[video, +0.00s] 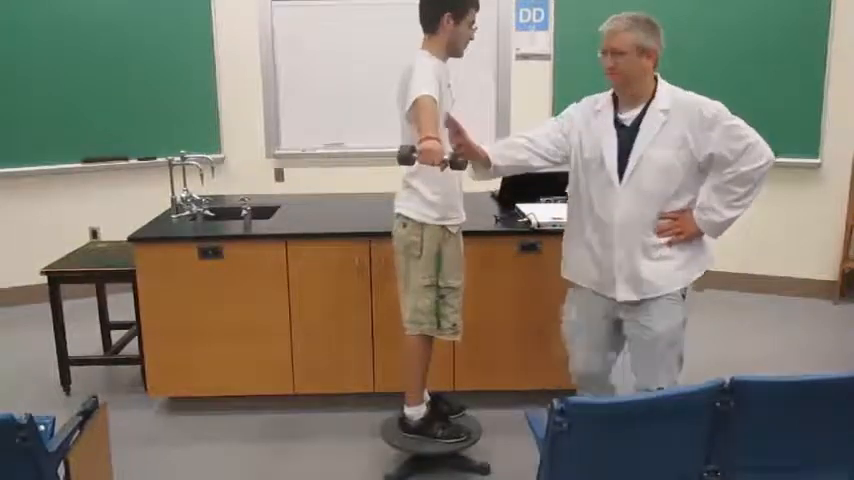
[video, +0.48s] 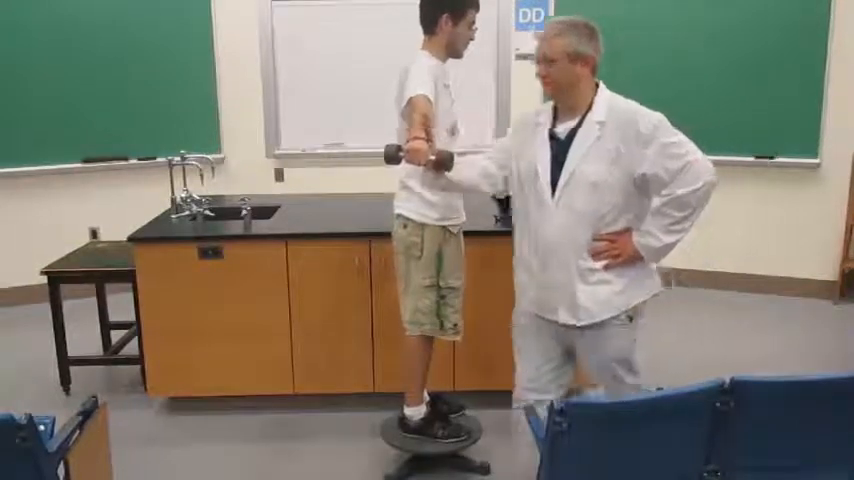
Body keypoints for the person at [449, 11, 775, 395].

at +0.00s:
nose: (606, 63)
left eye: (616, 55)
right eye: (604, 54)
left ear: (649, 57)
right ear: (602, 57)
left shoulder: (695, 115)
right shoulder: (584, 115)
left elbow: (753, 158)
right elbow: (535, 146)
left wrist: (702, 217)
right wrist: (482, 155)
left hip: (657, 281)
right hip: (591, 277)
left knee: (654, 390)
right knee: (586, 375)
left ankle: (652, 479)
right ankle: (602, 467)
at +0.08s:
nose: (606, 63)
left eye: (616, 55)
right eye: (604, 54)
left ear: (649, 58)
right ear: (601, 57)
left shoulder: (696, 115)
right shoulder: (584, 115)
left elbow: (753, 158)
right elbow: (535, 146)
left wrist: (703, 217)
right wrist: (482, 156)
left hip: (657, 281)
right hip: (590, 276)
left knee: (654, 390)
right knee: (586, 375)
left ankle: (652, 479)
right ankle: (602, 467)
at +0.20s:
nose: (585, 67)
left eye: (594, 58)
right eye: (582, 58)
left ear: (629, 58)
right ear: (580, 59)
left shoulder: (677, 118)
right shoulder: (564, 119)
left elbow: (737, 164)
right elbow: (514, 156)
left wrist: (685, 225)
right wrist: (459, 158)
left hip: (640, 293)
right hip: (570, 290)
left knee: (644, 410)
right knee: (563, 407)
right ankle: (560, 474)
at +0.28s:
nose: (584, 67)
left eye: (593, 57)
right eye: (581, 57)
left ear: (629, 58)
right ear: (580, 59)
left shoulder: (677, 118)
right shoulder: (564, 119)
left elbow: (737, 164)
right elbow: (515, 156)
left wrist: (685, 225)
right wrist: (459, 158)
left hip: (640, 293)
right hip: (570, 290)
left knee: (645, 410)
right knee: (563, 407)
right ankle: (560, 474)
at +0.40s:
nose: (539, 72)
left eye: (549, 62)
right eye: (538, 62)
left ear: (585, 65)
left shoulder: (633, 124)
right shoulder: (528, 127)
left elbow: (695, 177)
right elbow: (492, 170)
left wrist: (646, 241)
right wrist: (437, 161)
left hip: (605, 301)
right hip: (537, 298)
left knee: (618, 412)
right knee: (534, 407)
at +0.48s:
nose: (539, 72)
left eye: (549, 62)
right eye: (538, 62)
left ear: (585, 65)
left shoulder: (633, 124)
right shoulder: (528, 127)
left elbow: (695, 177)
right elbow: (492, 170)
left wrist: (646, 241)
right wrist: (437, 161)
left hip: (605, 301)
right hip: (537, 299)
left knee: (618, 412)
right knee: (534, 407)